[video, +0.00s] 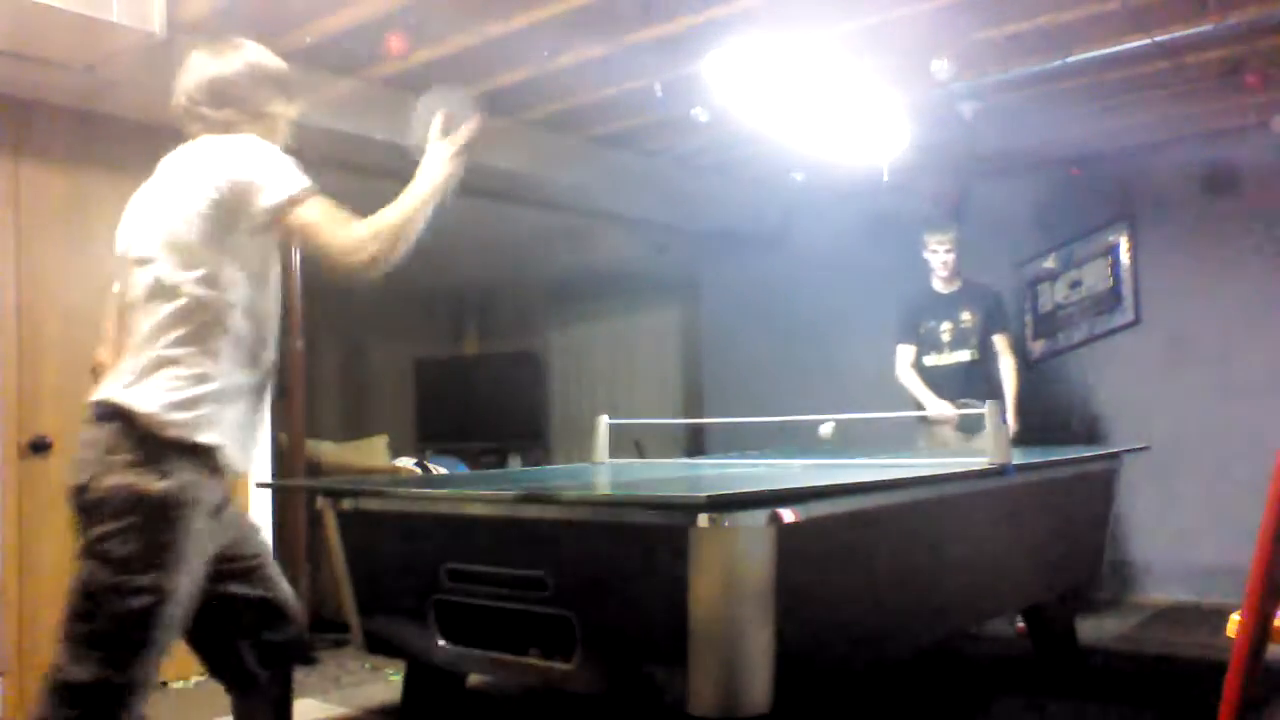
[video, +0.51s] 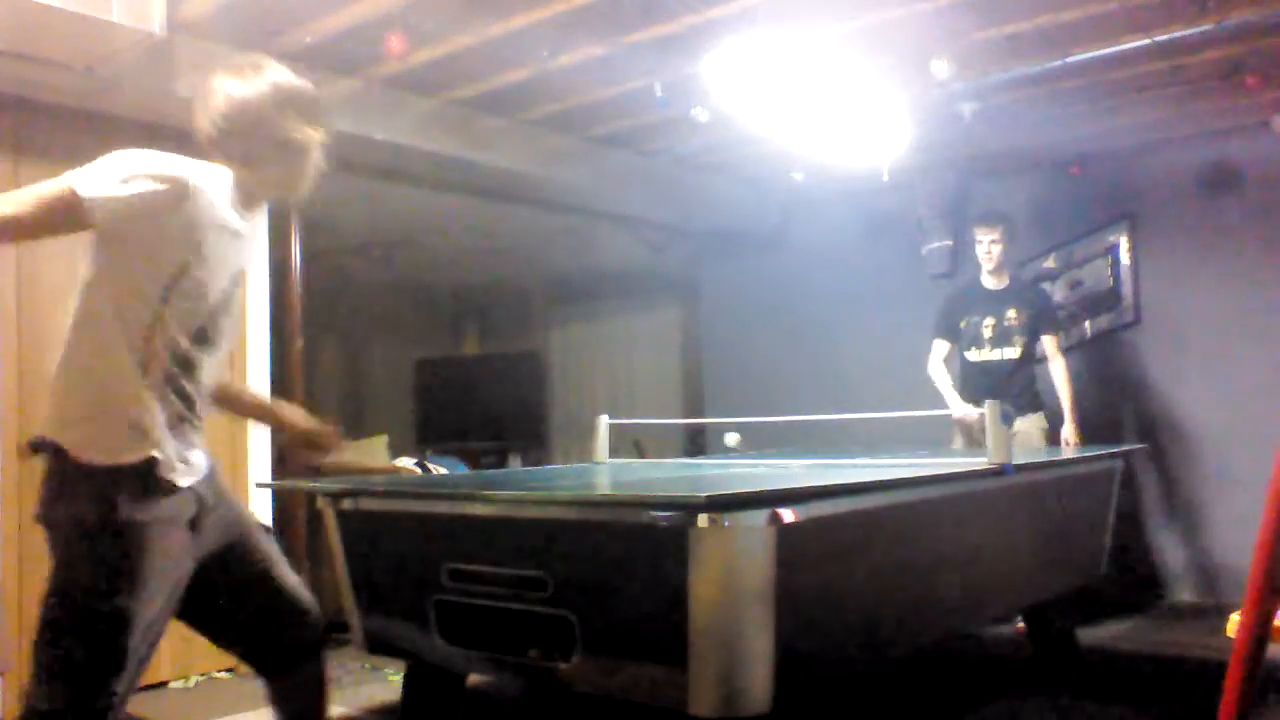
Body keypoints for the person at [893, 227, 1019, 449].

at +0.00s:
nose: (942, 259)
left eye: (948, 251)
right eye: (935, 252)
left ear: (958, 253)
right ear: (925, 255)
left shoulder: (985, 298)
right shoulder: (913, 305)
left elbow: (1005, 356)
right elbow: (903, 367)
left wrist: (1010, 412)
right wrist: (933, 404)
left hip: (985, 419)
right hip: (936, 423)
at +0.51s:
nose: (986, 250)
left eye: (994, 242)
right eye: (980, 242)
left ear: (1008, 245)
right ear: (974, 247)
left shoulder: (1034, 299)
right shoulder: (958, 300)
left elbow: (1055, 357)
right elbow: (935, 363)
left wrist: (1069, 420)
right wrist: (958, 407)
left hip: (1025, 416)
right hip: (974, 419)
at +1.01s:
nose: (964, 251)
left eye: (972, 243)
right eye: (958, 244)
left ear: (989, 244)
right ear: (952, 248)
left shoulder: (1014, 293)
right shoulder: (945, 300)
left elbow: (1030, 358)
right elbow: (937, 356)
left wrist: (1018, 412)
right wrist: (926, 400)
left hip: (1001, 422)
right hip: (953, 423)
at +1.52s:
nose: (973, 247)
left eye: (980, 239)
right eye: (966, 240)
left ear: (995, 243)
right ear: (959, 245)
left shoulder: (1021, 295)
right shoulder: (944, 299)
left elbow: (1046, 354)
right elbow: (935, 356)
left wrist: (1045, 402)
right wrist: (922, 391)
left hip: (1020, 424)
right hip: (966, 428)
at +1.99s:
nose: (1029, 245)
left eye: (1035, 234)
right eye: (1022, 238)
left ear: (1059, 229)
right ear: (1019, 241)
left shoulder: (1091, 275)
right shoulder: (1029, 287)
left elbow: (1109, 348)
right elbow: (1033, 357)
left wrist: (1057, 385)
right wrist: (1001, 384)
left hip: (1100, 422)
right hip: (1052, 425)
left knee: (1115, 520)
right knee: (1056, 521)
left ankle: (1127, 614)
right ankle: (1067, 617)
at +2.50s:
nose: (1072, 240)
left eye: (1078, 230)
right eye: (1064, 233)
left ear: (1099, 226)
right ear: (1059, 238)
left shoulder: (1130, 276)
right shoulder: (1068, 286)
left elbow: (1131, 351)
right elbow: (1068, 349)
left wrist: (1072, 358)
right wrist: (1036, 368)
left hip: (1135, 416)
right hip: (1090, 418)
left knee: (1152, 522)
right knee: (1087, 522)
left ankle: (1189, 615)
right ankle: (1091, 618)